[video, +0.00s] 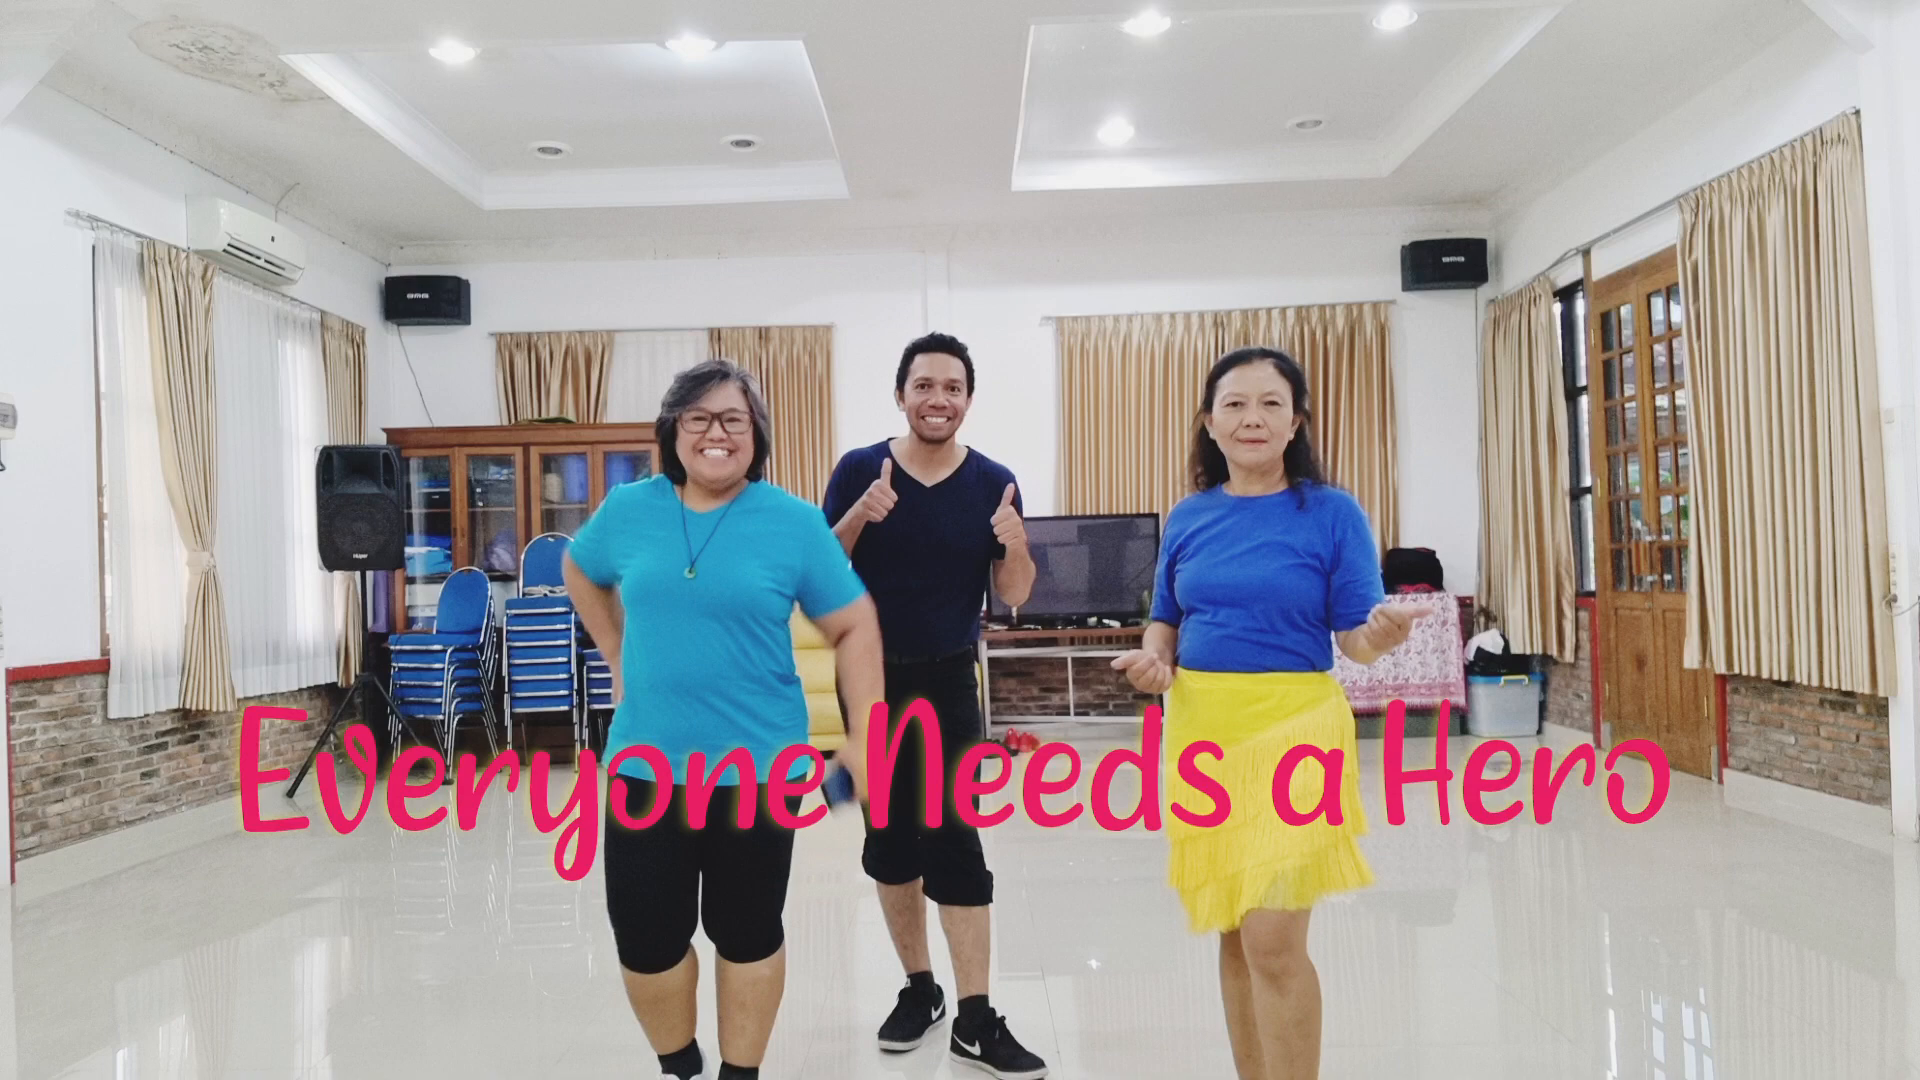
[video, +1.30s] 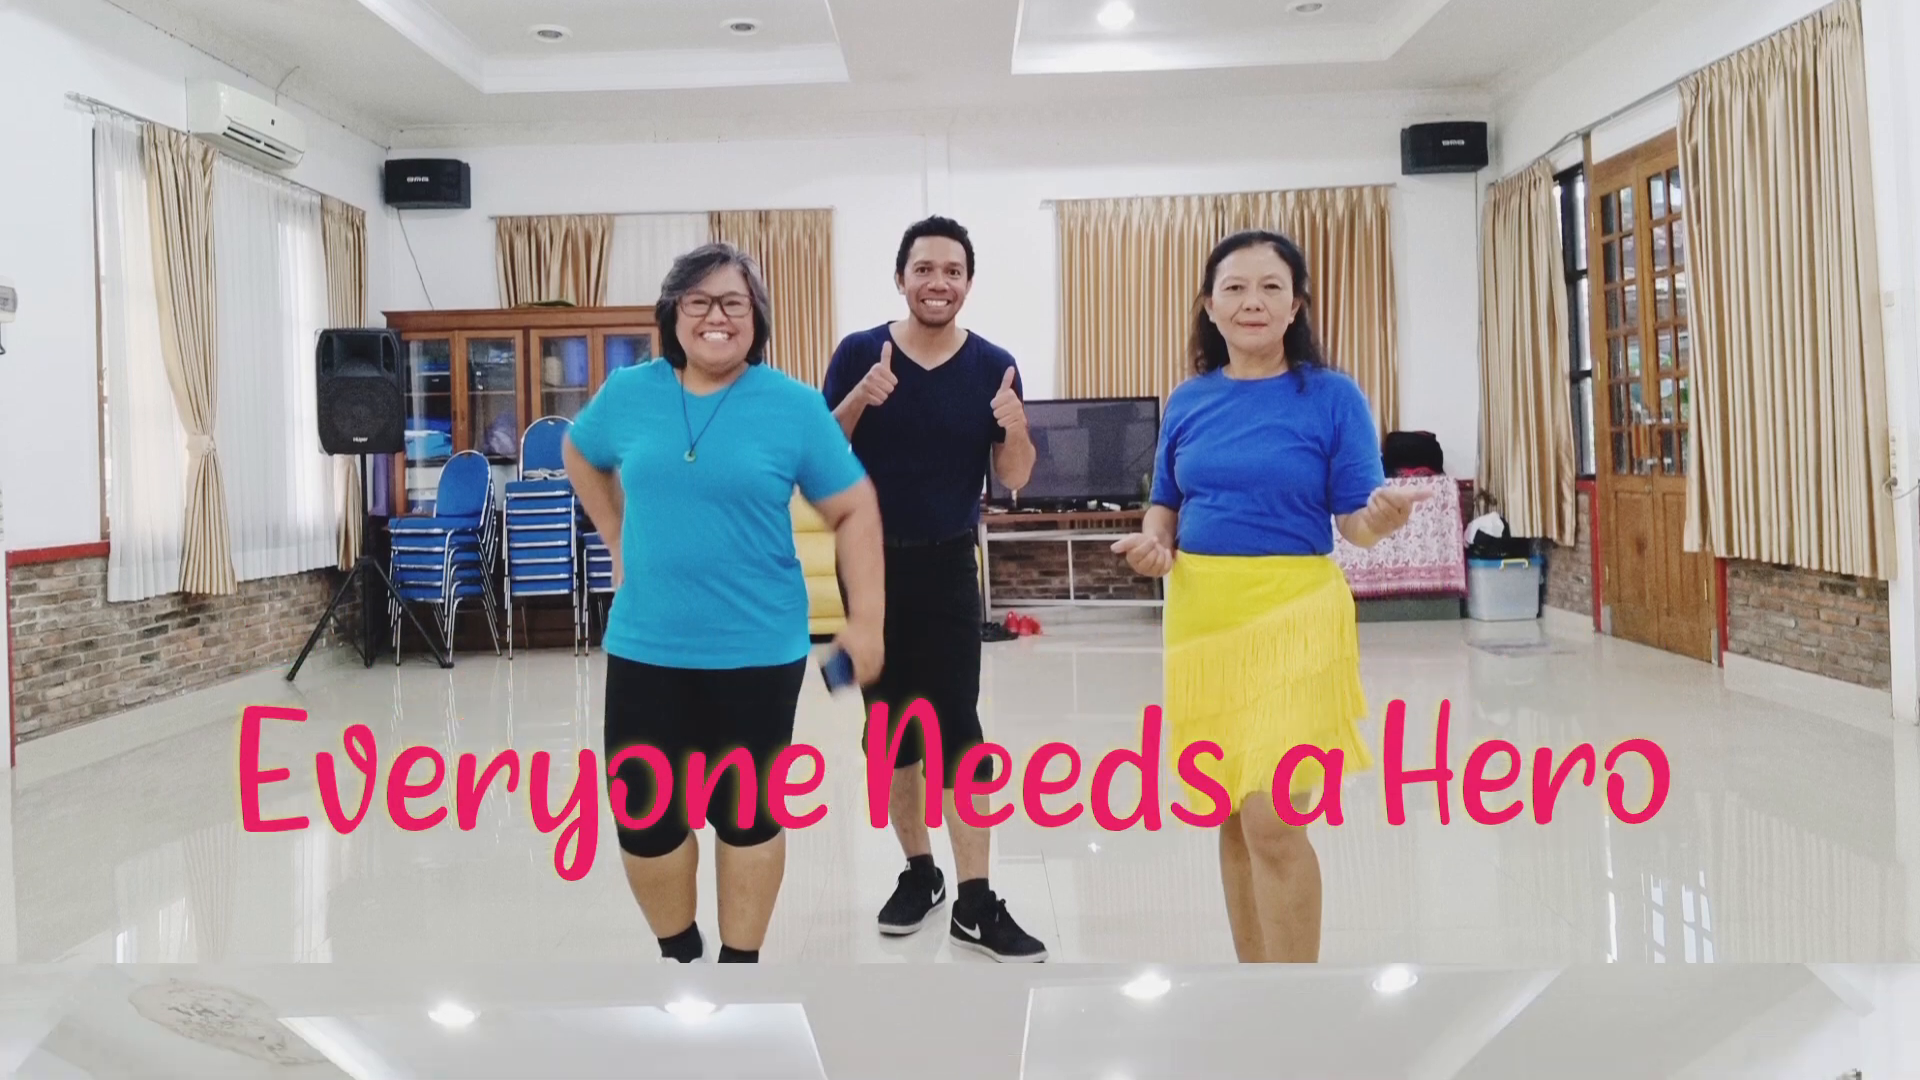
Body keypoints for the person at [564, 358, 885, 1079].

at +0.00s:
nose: (720, 432)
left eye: (736, 420)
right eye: (702, 420)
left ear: (756, 436)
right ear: (672, 434)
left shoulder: (795, 523)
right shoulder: (627, 509)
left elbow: (856, 626)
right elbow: (580, 570)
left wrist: (865, 738)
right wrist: (625, 663)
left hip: (758, 768)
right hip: (645, 764)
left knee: (746, 932)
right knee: (646, 938)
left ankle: (739, 1076)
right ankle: (680, 1069)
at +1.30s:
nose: (719, 316)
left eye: (735, 303)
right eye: (701, 303)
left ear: (756, 319)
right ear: (672, 317)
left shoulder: (795, 407)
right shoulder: (627, 393)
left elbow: (856, 509)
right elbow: (580, 453)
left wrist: (867, 622)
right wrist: (622, 544)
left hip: (758, 652)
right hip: (646, 649)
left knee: (748, 815)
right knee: (645, 819)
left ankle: (738, 973)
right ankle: (681, 961)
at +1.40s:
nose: (719, 156)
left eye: (735, 143)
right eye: (702, 143)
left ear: (756, 160)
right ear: (672, 157)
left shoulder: (795, 248)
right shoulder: (627, 233)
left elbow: (856, 349)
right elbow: (580, 293)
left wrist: (867, 462)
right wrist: (623, 384)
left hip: (757, 493)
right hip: (645, 491)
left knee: (746, 659)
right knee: (647, 666)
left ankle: (746, 811)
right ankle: (674, 808)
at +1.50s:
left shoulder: (798, 5)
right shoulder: (620, 3)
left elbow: (855, 85)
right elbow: (580, 30)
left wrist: (867, 197)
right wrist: (626, 128)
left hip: (757, 222)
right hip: (646, 220)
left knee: (746, 392)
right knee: (646, 398)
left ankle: (739, 548)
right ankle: (682, 537)